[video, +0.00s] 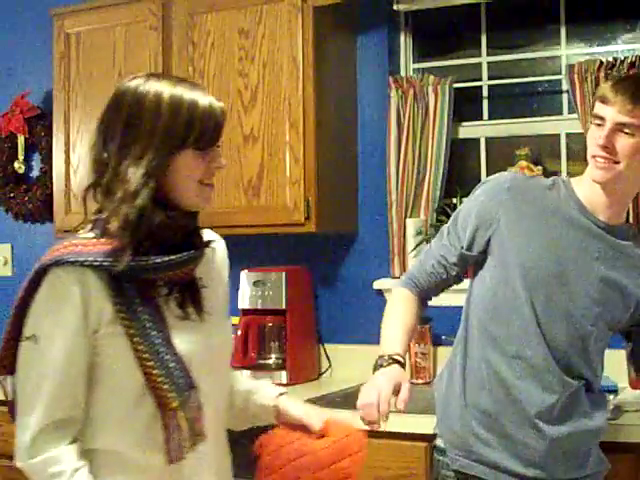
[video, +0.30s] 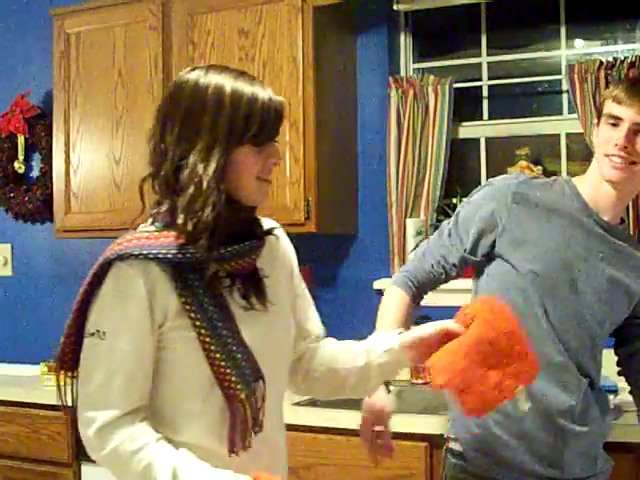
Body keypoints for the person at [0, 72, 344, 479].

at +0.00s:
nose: (218, 162)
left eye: (216, 147)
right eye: (202, 147)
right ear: (147, 152)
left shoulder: (211, 255)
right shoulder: (74, 277)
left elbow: (205, 390)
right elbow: (43, 445)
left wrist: (282, 406)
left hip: (210, 471)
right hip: (122, 471)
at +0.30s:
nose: (275, 158)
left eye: (275, 142)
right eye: (259, 143)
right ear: (206, 150)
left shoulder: (272, 247)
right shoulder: (137, 270)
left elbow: (310, 367)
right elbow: (110, 428)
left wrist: (405, 349)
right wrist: (219, 477)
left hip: (265, 471)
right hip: (176, 476)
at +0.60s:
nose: (322, 156)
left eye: (320, 138)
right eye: (307, 138)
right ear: (253, 144)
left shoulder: (309, 247)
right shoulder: (186, 264)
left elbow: (355, 367)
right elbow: (147, 430)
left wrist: (466, 359)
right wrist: (243, 475)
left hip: (311, 464)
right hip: (236, 469)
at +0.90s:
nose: (355, 151)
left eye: (353, 133)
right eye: (338, 133)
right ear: (283, 137)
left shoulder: (328, 248)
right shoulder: (214, 262)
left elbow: (333, 392)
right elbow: (173, 432)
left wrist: (399, 445)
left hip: (343, 470)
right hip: (270, 468)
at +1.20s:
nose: (376, 151)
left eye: (372, 134)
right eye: (360, 133)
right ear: (304, 135)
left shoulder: (332, 258)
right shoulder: (235, 268)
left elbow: (339, 398)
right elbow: (183, 437)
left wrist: (407, 444)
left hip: (350, 468)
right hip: (275, 468)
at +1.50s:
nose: (386, 149)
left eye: (384, 133)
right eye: (377, 133)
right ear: (331, 140)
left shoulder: (320, 259)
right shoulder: (253, 269)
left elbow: (332, 401)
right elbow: (196, 441)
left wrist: (408, 440)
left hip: (356, 469)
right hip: (292, 470)